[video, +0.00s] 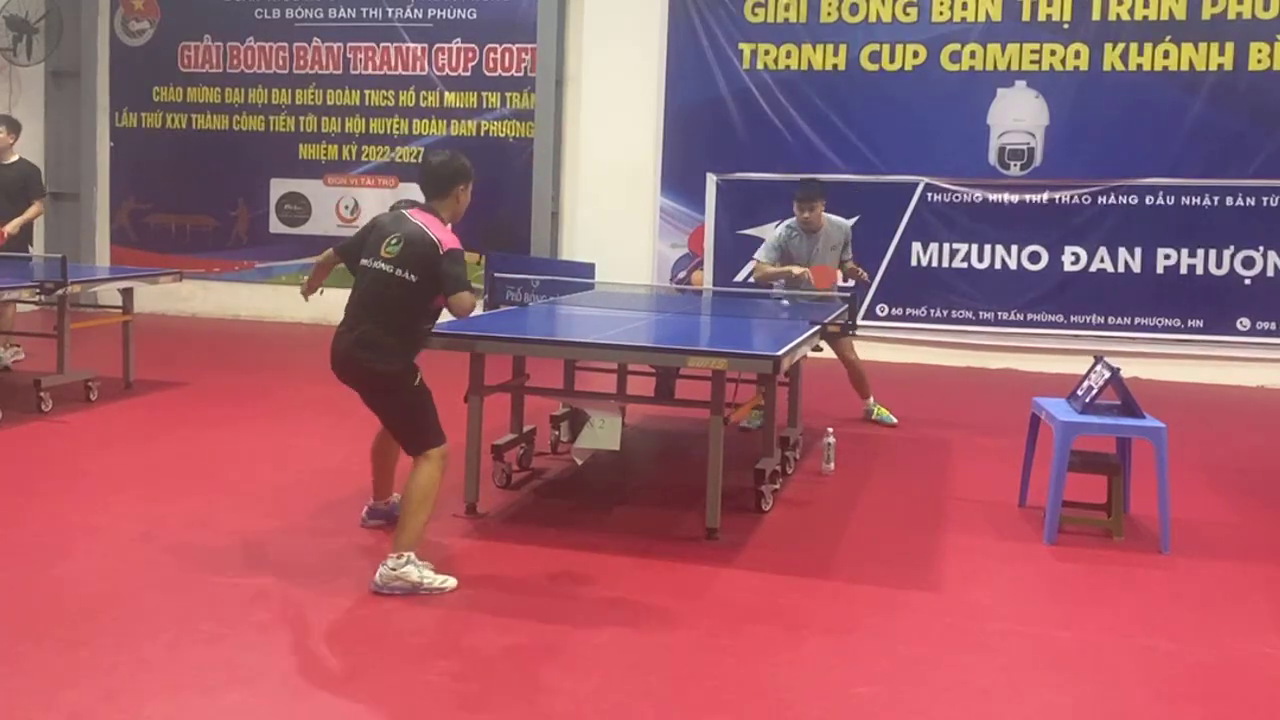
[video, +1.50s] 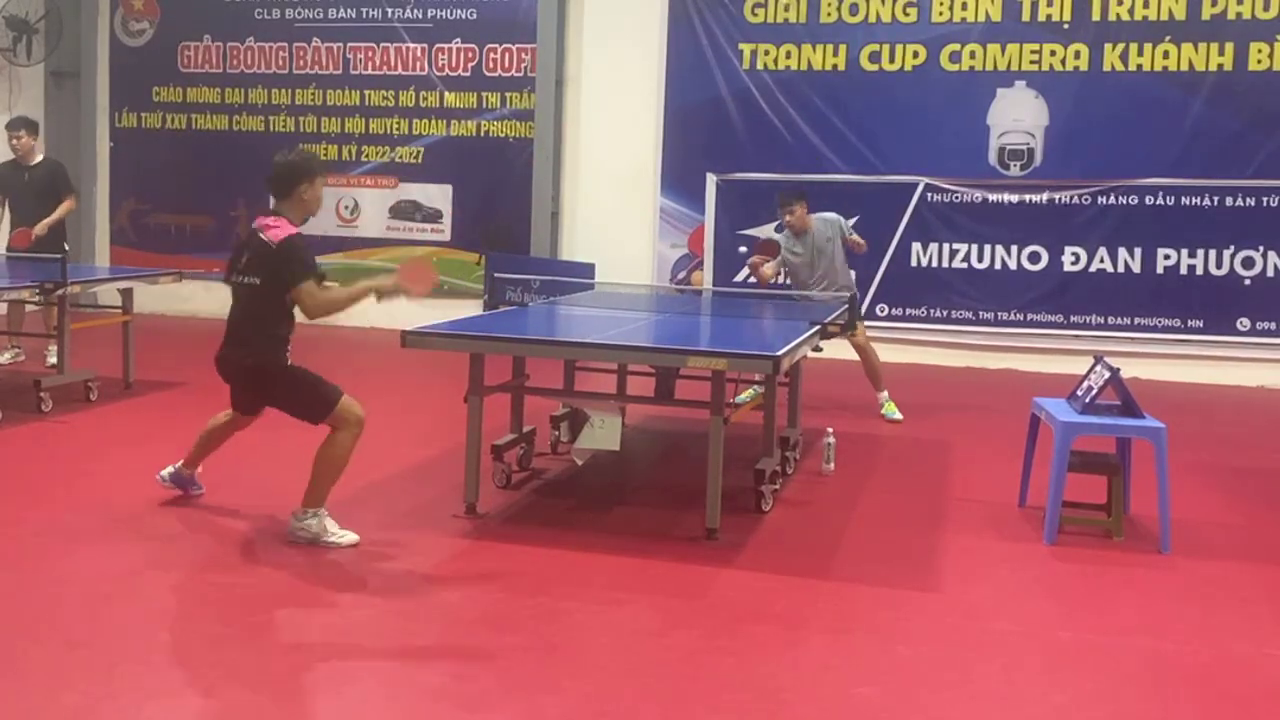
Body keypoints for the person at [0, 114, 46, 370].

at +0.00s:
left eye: (1, 134)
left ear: (12, 137)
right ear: (6, 137)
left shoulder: (28, 170)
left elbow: (39, 205)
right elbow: (38, 205)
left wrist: (16, 222)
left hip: (14, 248)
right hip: (3, 247)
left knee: (7, 300)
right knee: (5, 300)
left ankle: (5, 346)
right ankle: (10, 344)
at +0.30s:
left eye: (2, 134)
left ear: (12, 137)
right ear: (7, 137)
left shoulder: (31, 169)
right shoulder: (5, 167)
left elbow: (41, 202)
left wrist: (19, 221)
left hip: (22, 248)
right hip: (4, 247)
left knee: (22, 300)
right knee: (5, 300)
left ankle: (21, 346)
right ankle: (7, 345)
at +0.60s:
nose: (4, 137)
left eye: (9, 132)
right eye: (2, 132)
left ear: (23, 137)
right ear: (0, 137)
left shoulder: (39, 168)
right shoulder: (3, 167)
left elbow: (48, 203)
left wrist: (21, 220)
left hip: (31, 247)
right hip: (4, 246)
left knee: (37, 297)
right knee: (6, 298)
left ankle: (52, 344)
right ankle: (11, 345)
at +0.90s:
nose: (15, 136)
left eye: (21, 132)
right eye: (13, 131)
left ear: (35, 137)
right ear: (9, 136)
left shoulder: (49, 168)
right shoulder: (4, 166)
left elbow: (60, 204)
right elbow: (2, 201)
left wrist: (35, 219)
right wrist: (2, 219)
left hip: (39, 247)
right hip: (8, 247)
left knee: (45, 297)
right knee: (11, 297)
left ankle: (53, 345)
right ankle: (12, 345)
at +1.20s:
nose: (20, 139)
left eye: (25, 135)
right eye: (17, 135)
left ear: (40, 138)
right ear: (14, 138)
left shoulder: (55, 169)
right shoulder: (8, 167)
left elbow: (67, 204)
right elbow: (3, 200)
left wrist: (41, 221)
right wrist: (3, 227)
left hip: (45, 248)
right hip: (14, 247)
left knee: (49, 297)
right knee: (13, 296)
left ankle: (53, 346)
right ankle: (14, 346)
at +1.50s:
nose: (13, 143)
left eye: (18, 138)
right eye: (10, 138)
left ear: (33, 139)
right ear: (8, 140)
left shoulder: (53, 167)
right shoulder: (7, 169)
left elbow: (70, 201)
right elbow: (3, 204)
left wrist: (47, 223)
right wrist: (6, 232)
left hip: (50, 247)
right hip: (17, 247)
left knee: (51, 298)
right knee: (14, 296)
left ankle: (53, 346)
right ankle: (14, 346)